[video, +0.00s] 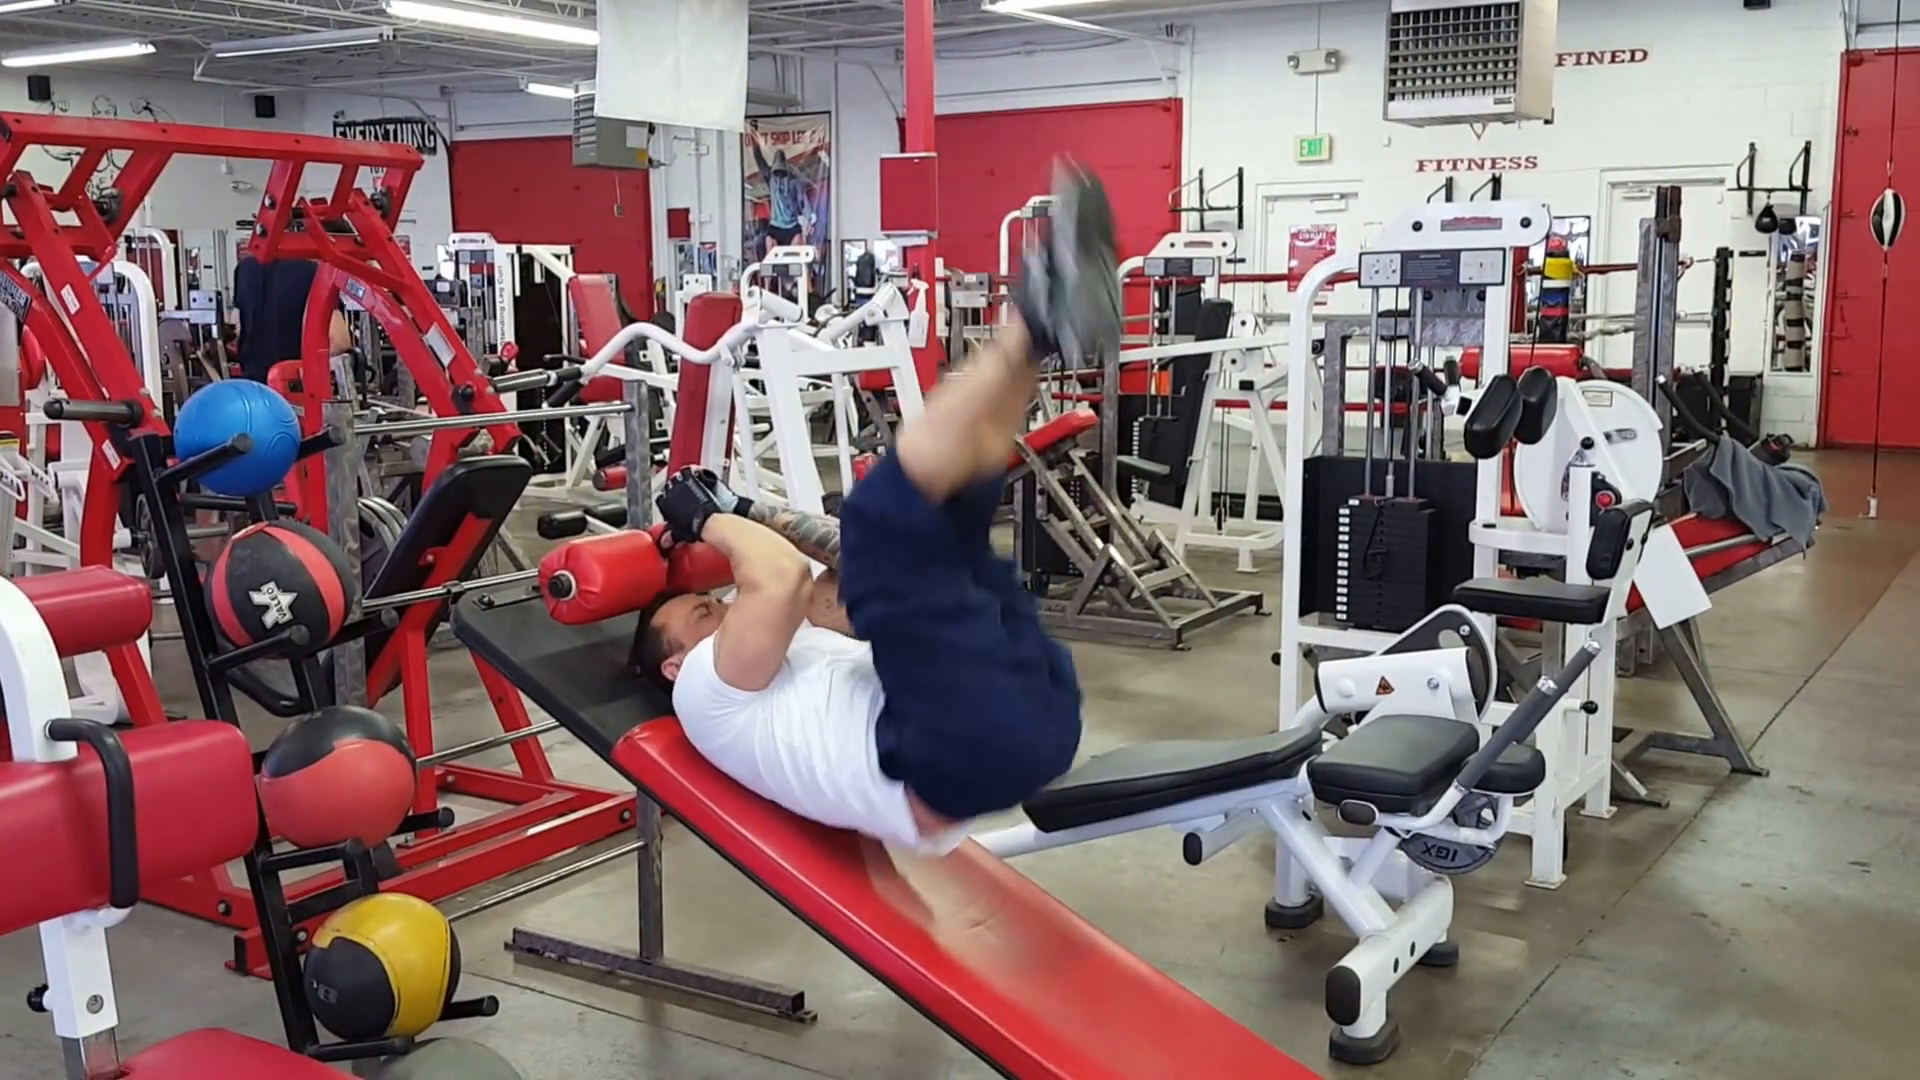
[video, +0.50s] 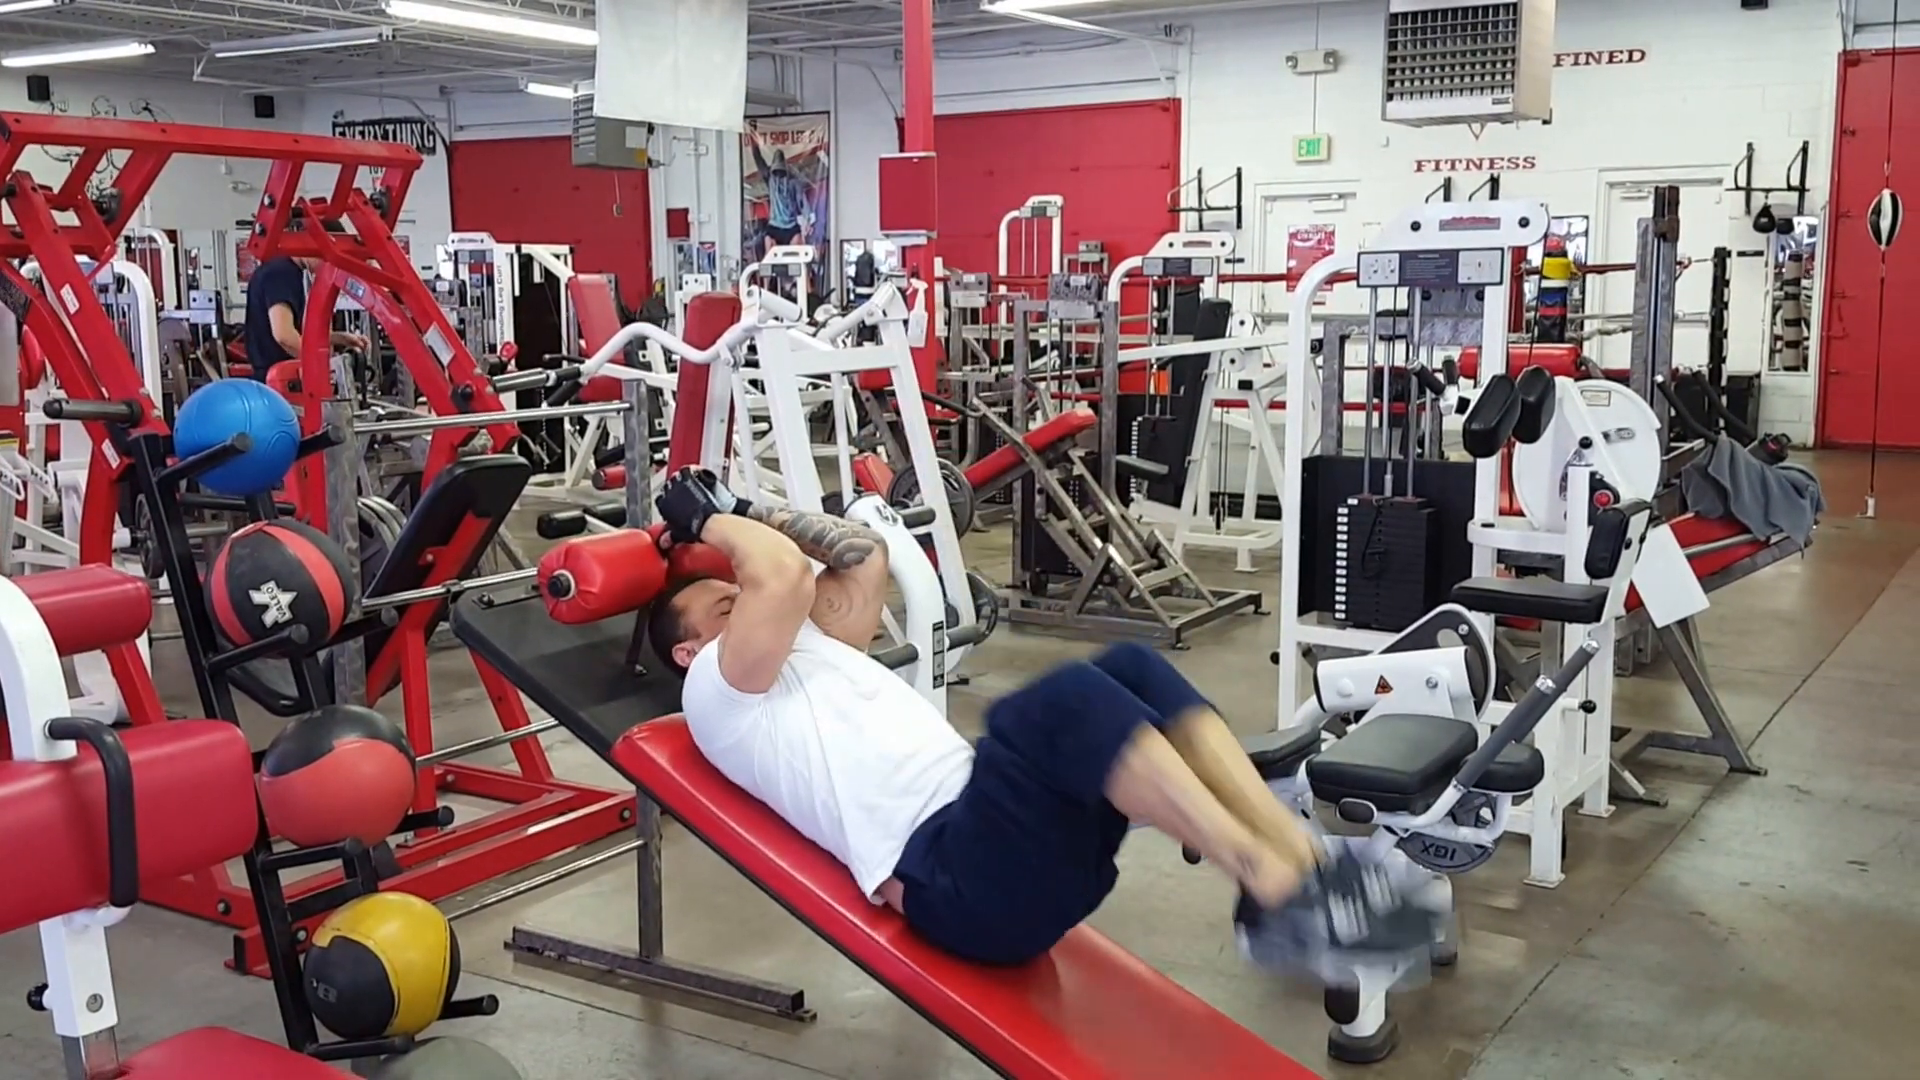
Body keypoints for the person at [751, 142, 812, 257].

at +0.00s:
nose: (780, 176)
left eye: (782, 173)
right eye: (777, 173)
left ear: (786, 169)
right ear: (773, 170)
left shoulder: (796, 181)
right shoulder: (771, 179)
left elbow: (803, 203)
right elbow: (760, 162)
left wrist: (809, 220)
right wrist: (755, 144)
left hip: (793, 224)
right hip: (775, 224)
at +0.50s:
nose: (778, 175)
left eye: (781, 173)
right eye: (775, 173)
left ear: (786, 169)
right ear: (772, 172)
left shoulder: (795, 182)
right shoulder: (770, 180)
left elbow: (803, 203)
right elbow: (760, 163)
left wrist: (807, 221)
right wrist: (754, 145)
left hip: (792, 224)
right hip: (774, 224)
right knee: (768, 238)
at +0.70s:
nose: (778, 175)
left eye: (780, 172)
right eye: (775, 172)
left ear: (785, 168)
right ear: (772, 171)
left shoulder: (794, 182)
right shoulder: (770, 180)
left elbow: (803, 203)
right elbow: (760, 163)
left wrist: (806, 221)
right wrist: (754, 143)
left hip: (792, 225)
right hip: (774, 224)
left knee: (796, 259)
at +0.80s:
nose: (778, 175)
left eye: (781, 172)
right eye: (775, 172)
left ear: (785, 169)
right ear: (772, 171)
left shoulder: (794, 182)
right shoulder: (770, 180)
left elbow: (803, 204)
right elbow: (760, 163)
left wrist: (807, 221)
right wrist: (754, 144)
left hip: (792, 224)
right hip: (774, 224)